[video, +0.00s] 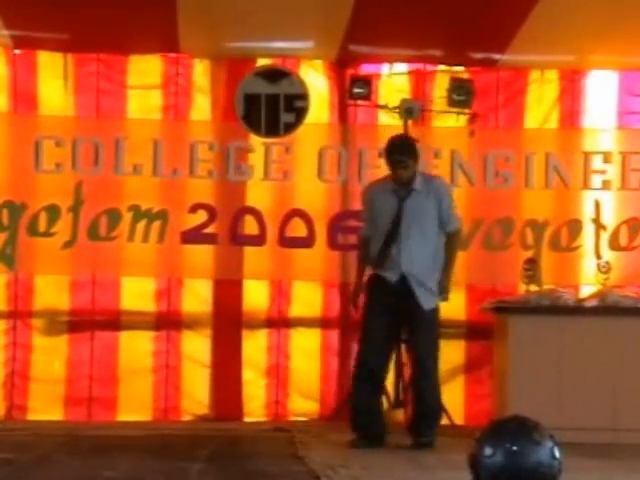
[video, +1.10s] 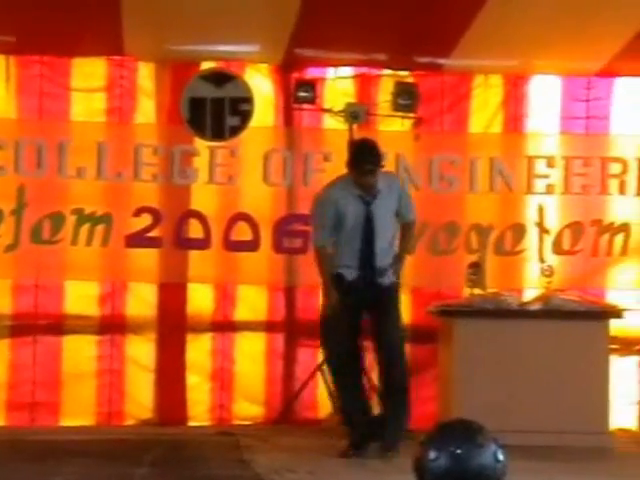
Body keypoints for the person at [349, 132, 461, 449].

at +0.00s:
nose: (401, 173)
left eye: (406, 166)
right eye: (396, 167)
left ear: (417, 163)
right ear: (387, 165)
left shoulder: (436, 190)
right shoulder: (374, 193)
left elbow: (453, 233)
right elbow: (367, 236)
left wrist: (445, 276)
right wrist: (359, 280)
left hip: (423, 285)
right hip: (383, 284)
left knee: (425, 362)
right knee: (370, 360)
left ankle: (425, 430)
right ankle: (369, 430)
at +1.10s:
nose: (370, 180)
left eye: (374, 173)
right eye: (363, 174)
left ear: (381, 168)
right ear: (351, 170)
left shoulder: (394, 188)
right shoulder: (331, 197)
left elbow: (408, 221)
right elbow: (322, 246)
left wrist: (401, 255)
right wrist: (330, 287)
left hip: (384, 282)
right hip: (345, 283)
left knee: (392, 356)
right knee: (342, 357)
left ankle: (393, 430)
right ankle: (358, 428)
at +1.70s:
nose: (348, 182)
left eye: (354, 175)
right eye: (342, 175)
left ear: (361, 172)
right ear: (330, 170)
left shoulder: (369, 199)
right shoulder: (305, 196)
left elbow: (372, 239)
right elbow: (287, 240)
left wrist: (365, 280)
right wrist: (299, 283)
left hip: (353, 294)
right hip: (313, 294)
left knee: (361, 366)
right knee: (309, 371)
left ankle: (343, 433)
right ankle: (335, 425)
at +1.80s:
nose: (348, 185)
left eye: (353, 178)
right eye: (342, 178)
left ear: (361, 175)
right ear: (329, 173)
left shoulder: (371, 202)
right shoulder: (304, 198)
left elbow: (374, 244)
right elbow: (283, 241)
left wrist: (362, 283)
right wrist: (290, 281)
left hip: (344, 299)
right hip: (304, 294)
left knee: (339, 374)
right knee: (280, 353)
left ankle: (327, 443)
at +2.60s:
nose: (320, 179)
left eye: (325, 171)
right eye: (314, 171)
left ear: (332, 169)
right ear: (300, 168)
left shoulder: (343, 196)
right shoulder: (276, 197)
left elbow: (351, 242)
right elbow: (263, 246)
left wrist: (338, 286)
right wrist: (277, 285)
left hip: (320, 296)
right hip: (283, 294)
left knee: (312, 373)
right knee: (278, 371)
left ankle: (280, 436)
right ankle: (285, 444)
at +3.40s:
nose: (296, 149)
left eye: (301, 140)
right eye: (289, 141)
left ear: (308, 140)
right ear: (276, 141)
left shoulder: (322, 176)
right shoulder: (251, 177)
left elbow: (329, 222)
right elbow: (238, 231)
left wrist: (329, 262)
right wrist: (255, 277)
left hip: (314, 282)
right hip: (273, 284)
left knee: (331, 356)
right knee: (283, 359)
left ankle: (321, 422)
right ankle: (306, 422)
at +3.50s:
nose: (300, 145)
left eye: (306, 137)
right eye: (293, 137)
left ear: (314, 141)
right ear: (281, 141)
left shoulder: (331, 180)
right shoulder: (257, 179)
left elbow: (339, 227)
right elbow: (236, 234)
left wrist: (328, 270)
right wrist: (249, 277)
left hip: (309, 280)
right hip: (265, 277)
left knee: (308, 365)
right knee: (247, 343)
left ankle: (293, 434)